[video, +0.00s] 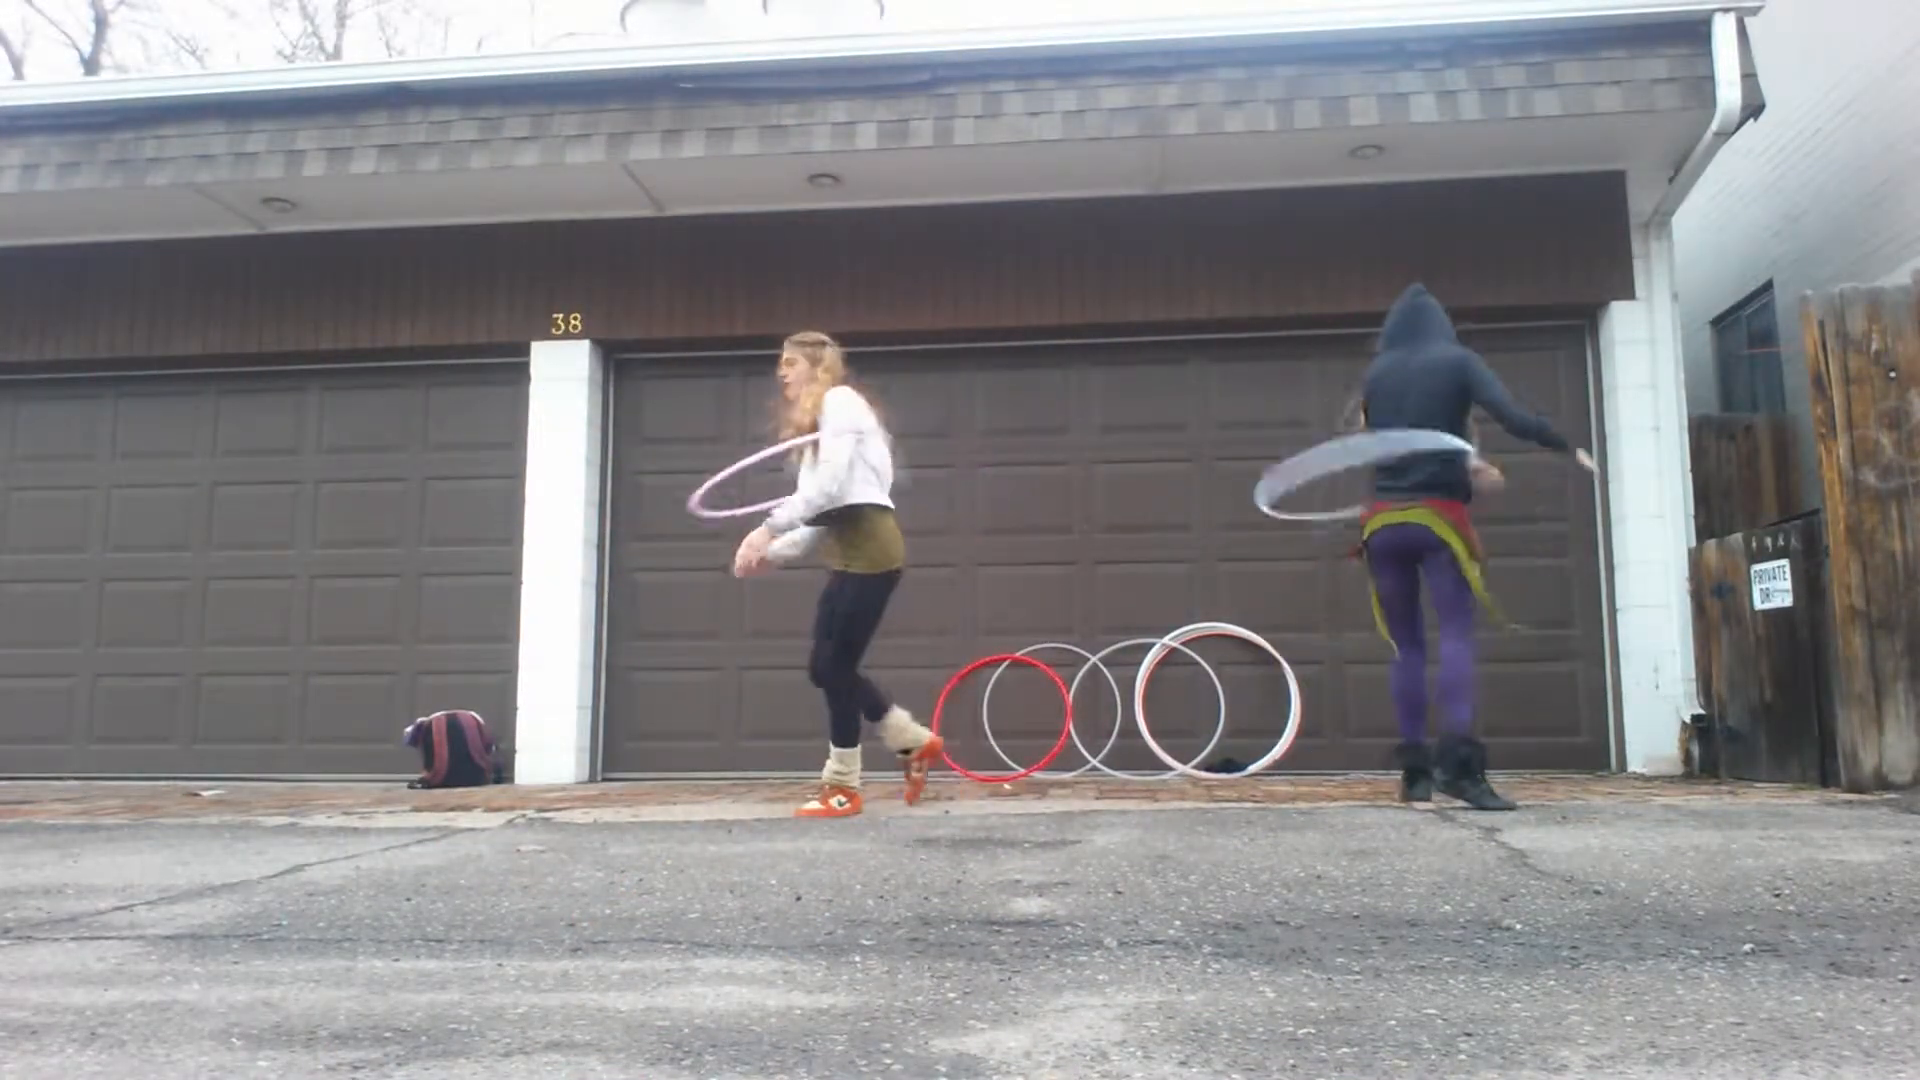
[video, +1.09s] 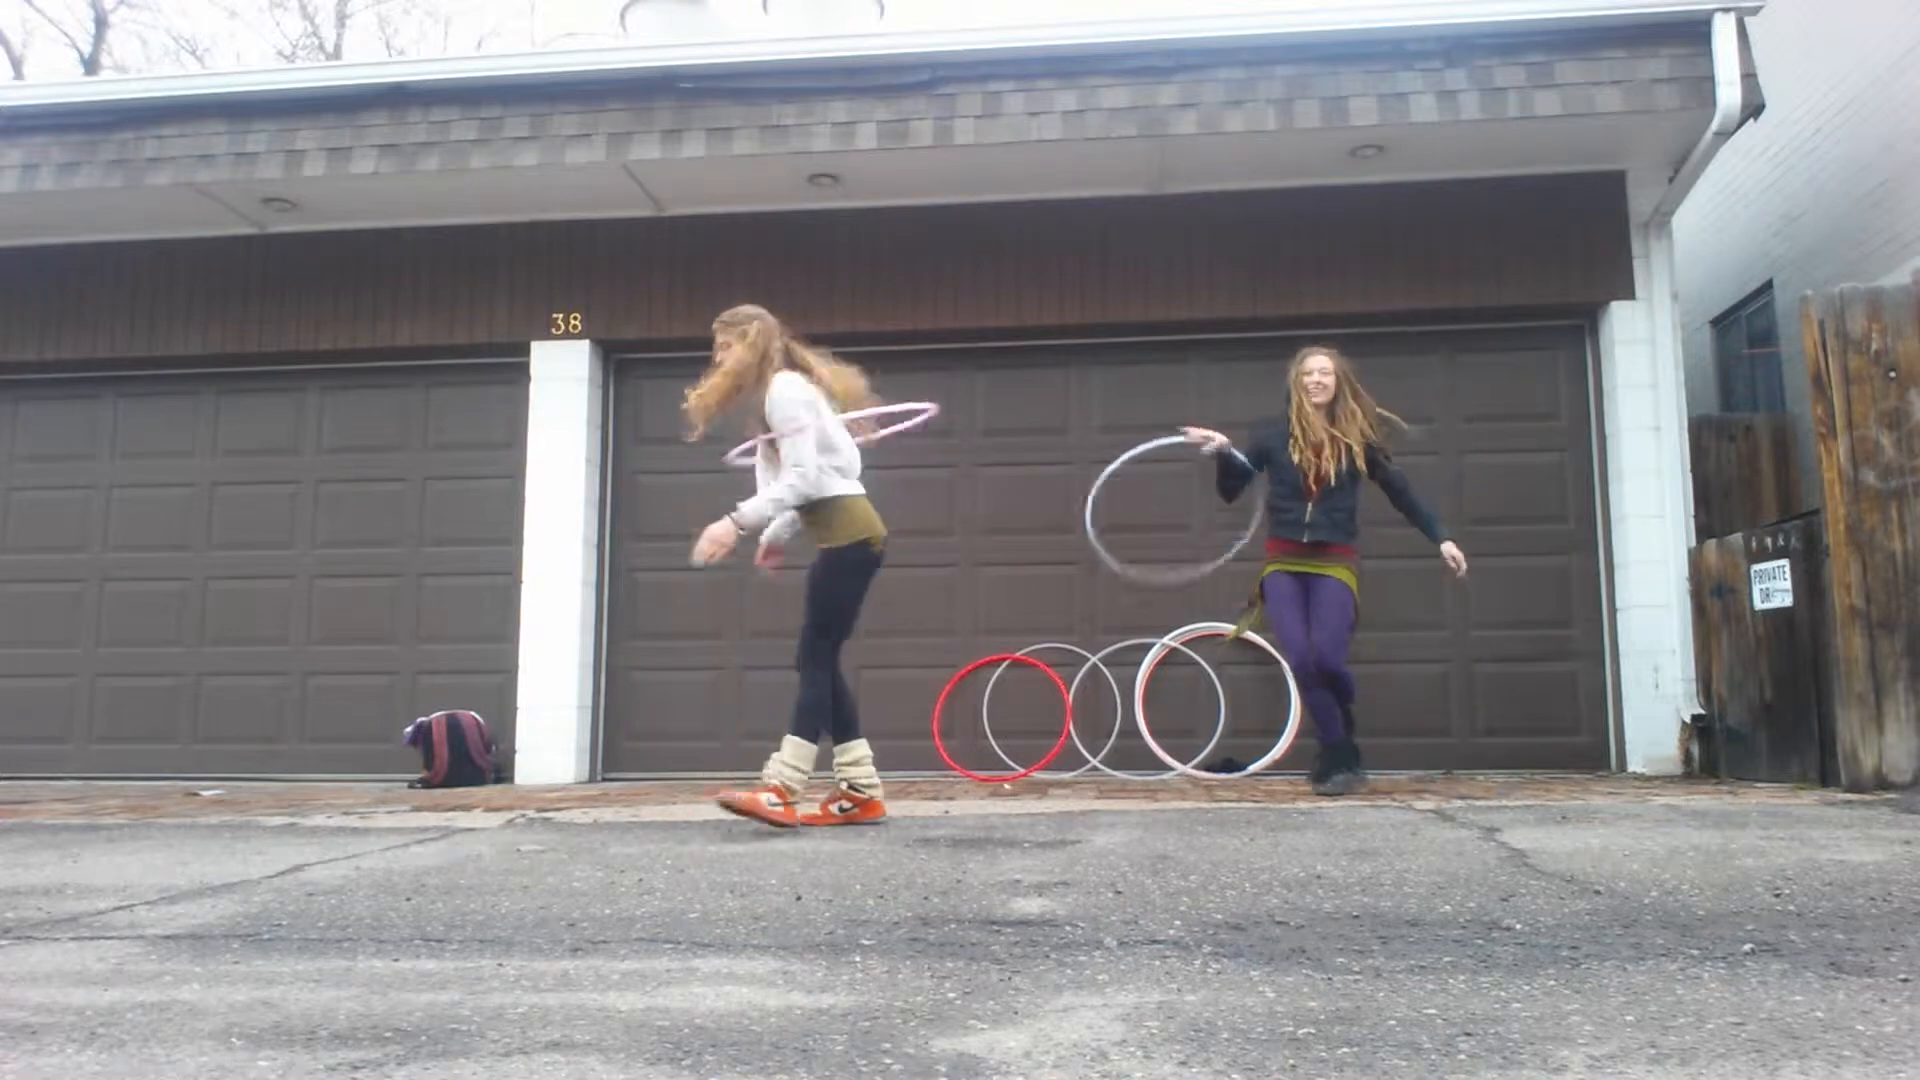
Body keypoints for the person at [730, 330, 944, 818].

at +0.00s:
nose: (783, 374)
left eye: (791, 365)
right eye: (782, 366)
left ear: (819, 366)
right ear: (799, 373)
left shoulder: (839, 402)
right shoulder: (826, 417)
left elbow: (830, 481)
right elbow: (822, 518)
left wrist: (766, 528)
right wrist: (771, 552)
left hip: (871, 550)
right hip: (851, 551)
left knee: (835, 667)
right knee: (827, 666)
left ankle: (842, 788)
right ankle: (915, 741)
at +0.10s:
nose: (782, 371)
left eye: (791, 362)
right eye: (777, 365)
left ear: (817, 366)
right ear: (773, 374)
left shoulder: (852, 407)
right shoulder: (786, 434)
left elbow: (866, 478)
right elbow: (792, 505)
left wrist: (818, 516)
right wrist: (751, 537)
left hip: (863, 549)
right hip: (821, 552)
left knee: (825, 665)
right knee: (785, 668)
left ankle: (842, 787)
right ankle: (858, 735)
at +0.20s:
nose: (792, 364)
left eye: (800, 356)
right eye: (783, 357)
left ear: (819, 364)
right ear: (771, 367)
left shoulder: (851, 413)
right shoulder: (762, 423)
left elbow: (872, 476)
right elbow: (759, 485)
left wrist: (871, 495)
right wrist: (749, 516)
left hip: (853, 551)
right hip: (798, 553)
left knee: (823, 671)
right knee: (783, 663)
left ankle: (843, 785)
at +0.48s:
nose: (829, 346)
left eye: (828, 338)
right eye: (819, 336)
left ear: (813, 349)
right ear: (790, 343)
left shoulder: (812, 409)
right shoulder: (761, 391)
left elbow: (824, 482)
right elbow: (739, 465)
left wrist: (885, 505)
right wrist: (789, 516)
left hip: (794, 547)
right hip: (760, 543)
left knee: (820, 664)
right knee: (761, 666)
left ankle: (755, 773)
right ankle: (709, 791)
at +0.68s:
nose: (818, 351)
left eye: (818, 343)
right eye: (816, 342)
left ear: (765, 339)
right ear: (803, 342)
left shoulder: (739, 394)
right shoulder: (808, 384)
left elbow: (738, 473)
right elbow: (830, 468)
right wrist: (886, 501)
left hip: (748, 536)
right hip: (797, 534)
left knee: (766, 664)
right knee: (824, 663)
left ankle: (724, 782)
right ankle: (769, 747)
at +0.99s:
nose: (729, 352)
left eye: (732, 342)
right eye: (730, 342)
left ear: (744, 341)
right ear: (788, 337)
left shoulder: (765, 386)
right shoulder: (823, 381)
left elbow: (775, 475)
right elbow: (862, 452)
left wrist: (706, 507)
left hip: (811, 533)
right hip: (850, 530)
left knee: (794, 659)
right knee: (823, 659)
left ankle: (758, 788)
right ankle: (860, 787)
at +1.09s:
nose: (720, 357)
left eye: (725, 347)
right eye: (718, 348)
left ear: (752, 344)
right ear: (756, 347)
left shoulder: (784, 390)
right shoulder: (784, 392)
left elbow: (803, 476)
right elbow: (805, 477)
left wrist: (736, 522)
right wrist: (775, 535)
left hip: (849, 536)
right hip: (844, 536)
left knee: (816, 657)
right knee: (821, 658)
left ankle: (784, 788)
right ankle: (861, 786)